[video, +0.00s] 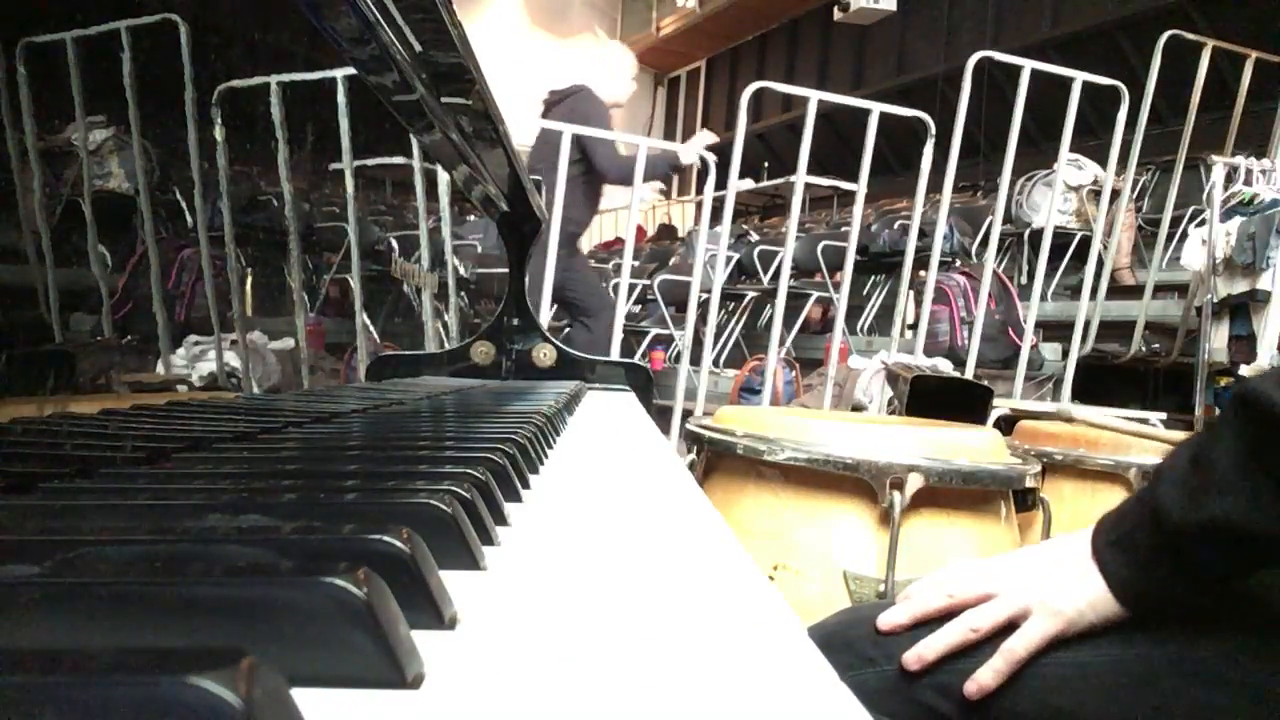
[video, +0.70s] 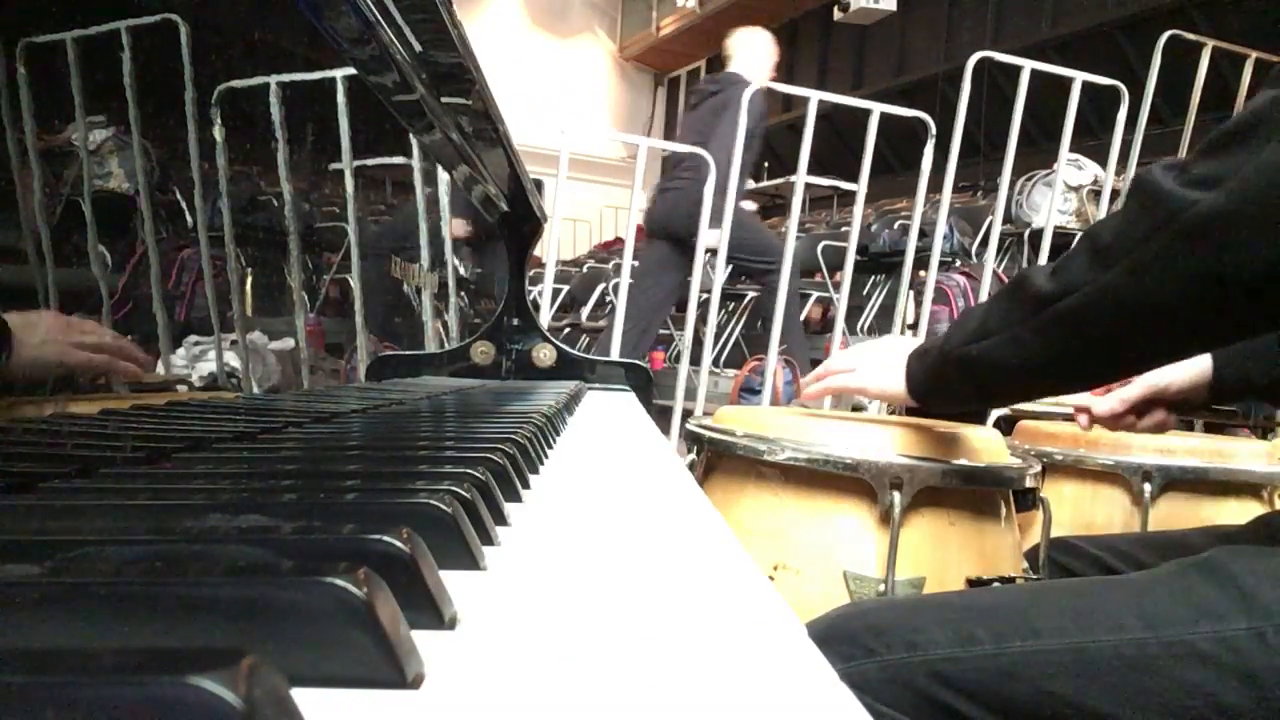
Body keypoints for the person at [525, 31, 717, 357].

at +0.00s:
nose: (633, 88)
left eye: (633, 80)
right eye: (630, 78)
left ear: (604, 73)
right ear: (609, 73)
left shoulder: (575, 105)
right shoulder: (586, 105)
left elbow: (575, 192)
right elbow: (611, 168)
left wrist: (630, 194)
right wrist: (677, 156)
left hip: (548, 240)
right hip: (550, 243)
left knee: (594, 311)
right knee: (600, 313)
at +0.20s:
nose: (668, 65)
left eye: (669, 56)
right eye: (664, 55)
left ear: (634, 49)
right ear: (643, 50)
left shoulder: (613, 80)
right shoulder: (625, 81)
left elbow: (605, 155)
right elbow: (623, 152)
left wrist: (632, 194)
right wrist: (676, 188)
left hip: (574, 204)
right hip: (582, 205)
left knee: (586, 300)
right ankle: (556, 337)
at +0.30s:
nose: (683, 58)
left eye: (683, 50)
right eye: (679, 48)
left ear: (644, 45)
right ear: (658, 46)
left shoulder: (623, 76)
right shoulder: (642, 76)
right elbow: (631, 145)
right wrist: (662, 201)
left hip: (583, 193)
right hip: (600, 193)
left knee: (595, 302)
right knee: (684, 255)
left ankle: (586, 387)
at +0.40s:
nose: (698, 60)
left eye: (699, 51)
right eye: (695, 50)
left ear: (660, 42)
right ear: (676, 44)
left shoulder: (636, 75)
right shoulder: (663, 76)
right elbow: (642, 143)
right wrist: (646, 205)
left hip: (600, 192)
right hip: (626, 191)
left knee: (600, 304)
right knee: (720, 247)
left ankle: (585, 384)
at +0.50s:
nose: (716, 65)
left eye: (717, 57)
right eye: (714, 56)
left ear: (676, 49)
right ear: (699, 51)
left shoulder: (651, 84)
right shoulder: (685, 82)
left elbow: (634, 149)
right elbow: (658, 147)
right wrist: (645, 208)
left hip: (617, 198)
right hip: (653, 199)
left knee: (617, 302)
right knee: (734, 253)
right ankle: (770, 351)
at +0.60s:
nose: (739, 73)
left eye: (740, 66)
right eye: (738, 65)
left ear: (702, 56)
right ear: (725, 60)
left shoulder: (675, 91)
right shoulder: (712, 91)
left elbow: (653, 155)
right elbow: (682, 154)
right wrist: (668, 215)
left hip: (647, 211)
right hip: (682, 209)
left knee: (636, 307)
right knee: (757, 264)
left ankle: (598, 383)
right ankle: (793, 358)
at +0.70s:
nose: (772, 71)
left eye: (772, 63)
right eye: (771, 62)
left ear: (732, 59)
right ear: (761, 62)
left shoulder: (704, 94)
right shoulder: (747, 94)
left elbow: (685, 157)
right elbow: (725, 154)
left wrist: (737, 196)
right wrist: (714, 224)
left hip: (666, 208)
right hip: (703, 207)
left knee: (643, 307)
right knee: (781, 265)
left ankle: (600, 387)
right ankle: (793, 373)